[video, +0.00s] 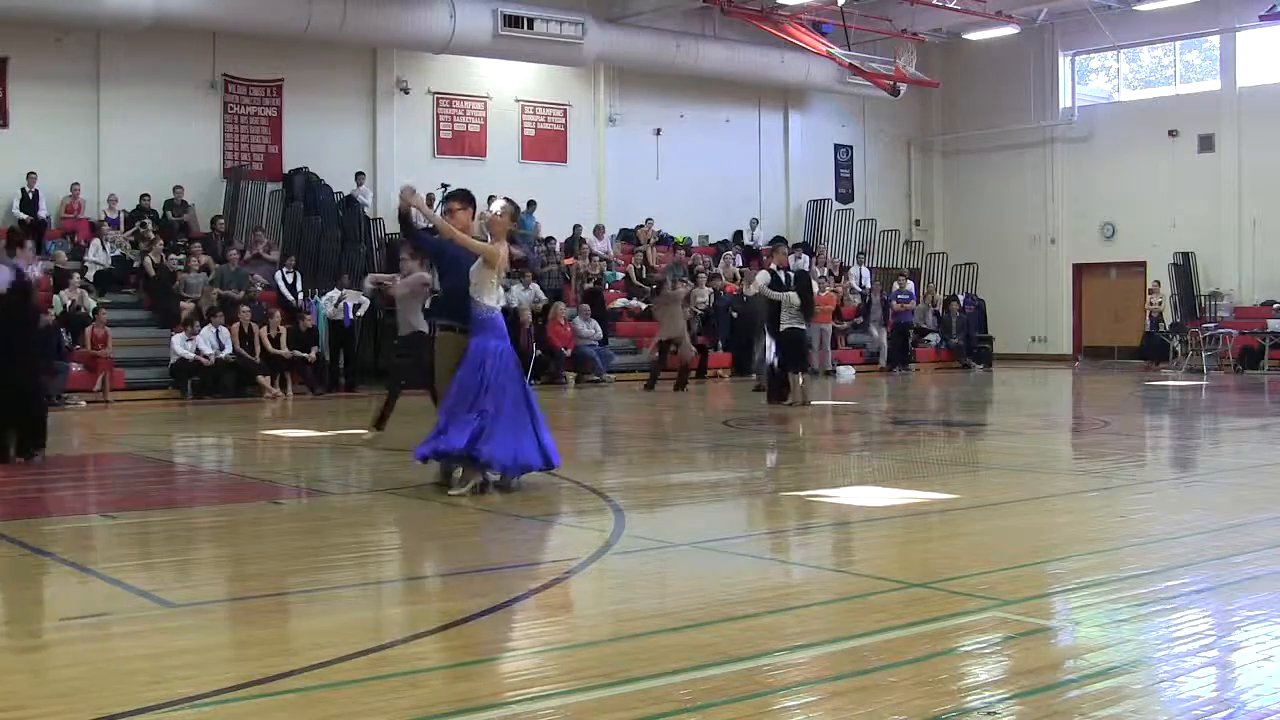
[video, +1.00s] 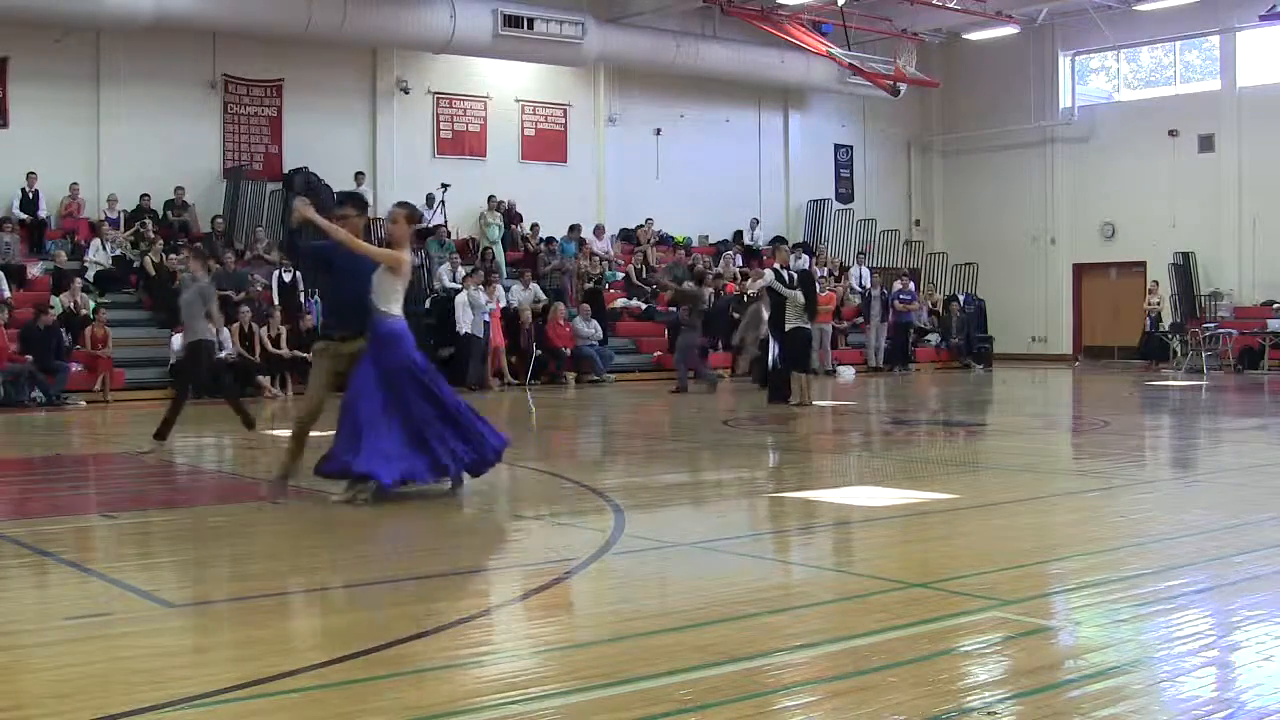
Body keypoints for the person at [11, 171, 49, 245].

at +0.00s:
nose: (33, 180)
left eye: (35, 178)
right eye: (31, 178)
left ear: (36, 180)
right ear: (27, 179)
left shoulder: (39, 193)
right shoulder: (20, 192)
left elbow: (42, 208)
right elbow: (15, 210)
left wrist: (41, 216)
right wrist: (25, 217)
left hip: (36, 217)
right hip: (25, 218)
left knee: (43, 223)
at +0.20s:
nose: (33, 181)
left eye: (35, 179)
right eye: (31, 178)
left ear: (36, 180)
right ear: (27, 180)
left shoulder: (39, 193)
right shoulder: (20, 192)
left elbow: (43, 208)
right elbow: (14, 210)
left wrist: (41, 215)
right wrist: (25, 217)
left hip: (36, 217)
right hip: (25, 217)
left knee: (43, 224)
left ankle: (39, 247)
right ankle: (30, 248)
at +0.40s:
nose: (33, 181)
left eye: (35, 179)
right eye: (31, 178)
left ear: (37, 181)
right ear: (27, 180)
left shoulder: (39, 193)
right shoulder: (20, 192)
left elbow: (43, 209)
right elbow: (14, 209)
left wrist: (41, 216)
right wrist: (25, 217)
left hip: (36, 217)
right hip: (25, 217)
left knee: (43, 223)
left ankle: (39, 248)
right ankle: (30, 248)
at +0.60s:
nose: (33, 181)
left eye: (35, 179)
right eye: (31, 178)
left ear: (36, 180)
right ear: (27, 180)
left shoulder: (39, 193)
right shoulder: (20, 192)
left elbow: (43, 208)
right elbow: (14, 210)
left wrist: (41, 216)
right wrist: (25, 217)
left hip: (36, 218)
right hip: (25, 218)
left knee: (43, 223)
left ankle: (40, 248)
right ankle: (30, 249)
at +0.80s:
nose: (33, 181)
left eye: (34, 179)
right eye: (31, 179)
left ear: (36, 180)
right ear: (27, 180)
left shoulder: (39, 193)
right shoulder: (20, 192)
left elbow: (42, 209)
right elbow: (15, 209)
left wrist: (41, 216)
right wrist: (25, 217)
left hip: (36, 217)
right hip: (25, 218)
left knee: (43, 223)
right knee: (33, 224)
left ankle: (40, 249)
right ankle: (32, 249)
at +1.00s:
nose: (33, 181)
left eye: (34, 179)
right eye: (31, 179)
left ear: (36, 180)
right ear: (27, 180)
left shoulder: (39, 193)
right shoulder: (20, 192)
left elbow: (42, 209)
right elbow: (14, 209)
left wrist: (41, 216)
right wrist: (25, 217)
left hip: (36, 217)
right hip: (24, 217)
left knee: (43, 223)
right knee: (33, 224)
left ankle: (40, 249)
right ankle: (32, 249)